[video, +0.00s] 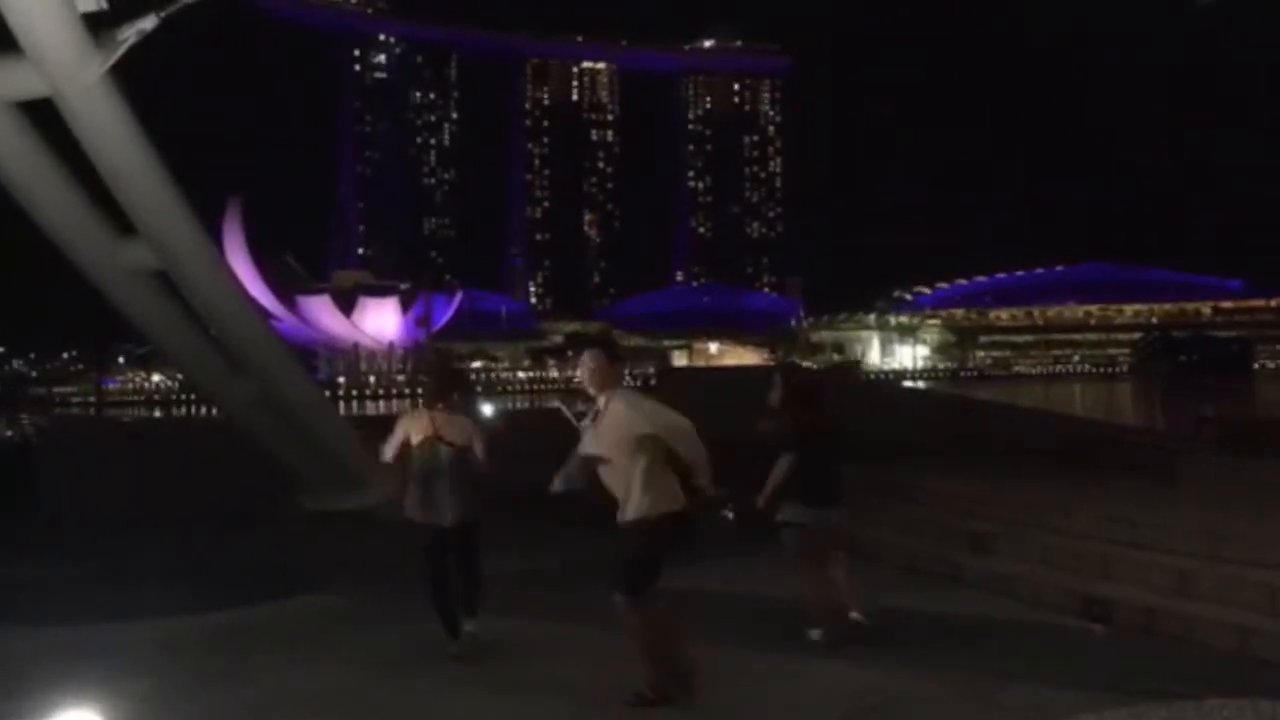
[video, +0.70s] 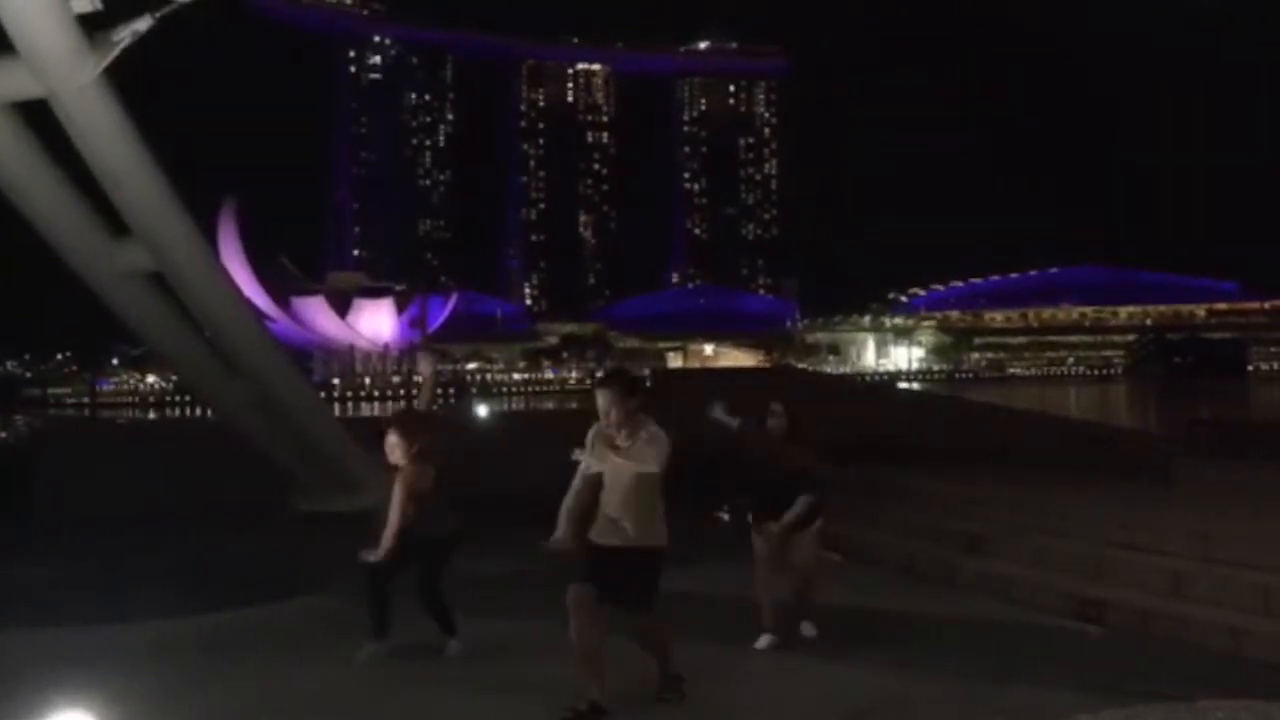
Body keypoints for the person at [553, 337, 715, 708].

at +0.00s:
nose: (585, 374)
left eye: (593, 366)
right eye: (582, 368)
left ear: (614, 368)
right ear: (581, 374)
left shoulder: (629, 404)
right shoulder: (599, 416)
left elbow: (682, 429)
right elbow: (584, 456)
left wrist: (703, 480)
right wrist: (561, 482)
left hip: (659, 511)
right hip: (635, 513)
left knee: (631, 595)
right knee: (636, 595)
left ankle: (661, 682)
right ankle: (671, 674)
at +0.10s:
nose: (598, 372)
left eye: (605, 364)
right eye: (593, 365)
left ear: (620, 370)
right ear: (587, 372)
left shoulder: (648, 409)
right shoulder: (584, 423)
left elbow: (692, 449)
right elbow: (558, 463)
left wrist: (699, 507)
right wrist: (517, 482)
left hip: (658, 515)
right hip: (618, 519)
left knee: (642, 596)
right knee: (627, 595)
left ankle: (647, 673)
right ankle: (629, 662)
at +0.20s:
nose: (613, 388)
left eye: (620, 381)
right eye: (607, 381)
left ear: (635, 388)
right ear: (599, 390)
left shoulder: (659, 434)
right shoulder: (587, 437)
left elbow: (675, 490)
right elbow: (549, 483)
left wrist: (685, 537)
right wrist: (500, 512)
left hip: (653, 541)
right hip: (607, 544)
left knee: (649, 607)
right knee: (608, 608)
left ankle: (643, 675)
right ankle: (612, 662)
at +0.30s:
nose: (629, 396)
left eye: (636, 389)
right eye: (623, 388)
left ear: (649, 395)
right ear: (613, 393)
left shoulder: (662, 443)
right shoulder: (594, 437)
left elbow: (657, 506)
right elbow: (558, 481)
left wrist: (644, 556)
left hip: (646, 541)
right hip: (602, 543)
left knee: (652, 606)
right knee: (602, 607)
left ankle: (643, 675)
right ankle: (606, 661)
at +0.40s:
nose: (628, 400)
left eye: (636, 393)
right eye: (623, 393)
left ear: (648, 397)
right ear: (613, 396)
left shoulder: (662, 442)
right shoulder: (596, 436)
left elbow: (651, 503)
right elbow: (570, 480)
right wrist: (584, 531)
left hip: (651, 529)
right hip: (606, 530)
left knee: (661, 598)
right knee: (597, 595)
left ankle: (645, 673)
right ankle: (602, 658)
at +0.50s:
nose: (615, 403)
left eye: (623, 396)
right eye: (611, 395)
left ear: (642, 398)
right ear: (606, 396)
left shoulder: (657, 441)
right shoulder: (599, 425)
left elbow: (636, 493)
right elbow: (585, 475)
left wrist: (583, 475)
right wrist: (571, 523)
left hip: (648, 529)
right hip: (604, 526)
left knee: (656, 601)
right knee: (585, 587)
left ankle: (647, 678)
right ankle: (599, 683)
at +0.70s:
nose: (606, 415)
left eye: (613, 406)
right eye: (602, 406)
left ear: (633, 404)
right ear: (599, 405)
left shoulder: (653, 438)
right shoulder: (597, 438)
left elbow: (652, 466)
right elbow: (580, 485)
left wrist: (607, 453)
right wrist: (563, 527)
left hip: (643, 543)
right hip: (600, 539)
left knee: (636, 617)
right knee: (580, 600)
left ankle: (667, 672)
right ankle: (594, 694)